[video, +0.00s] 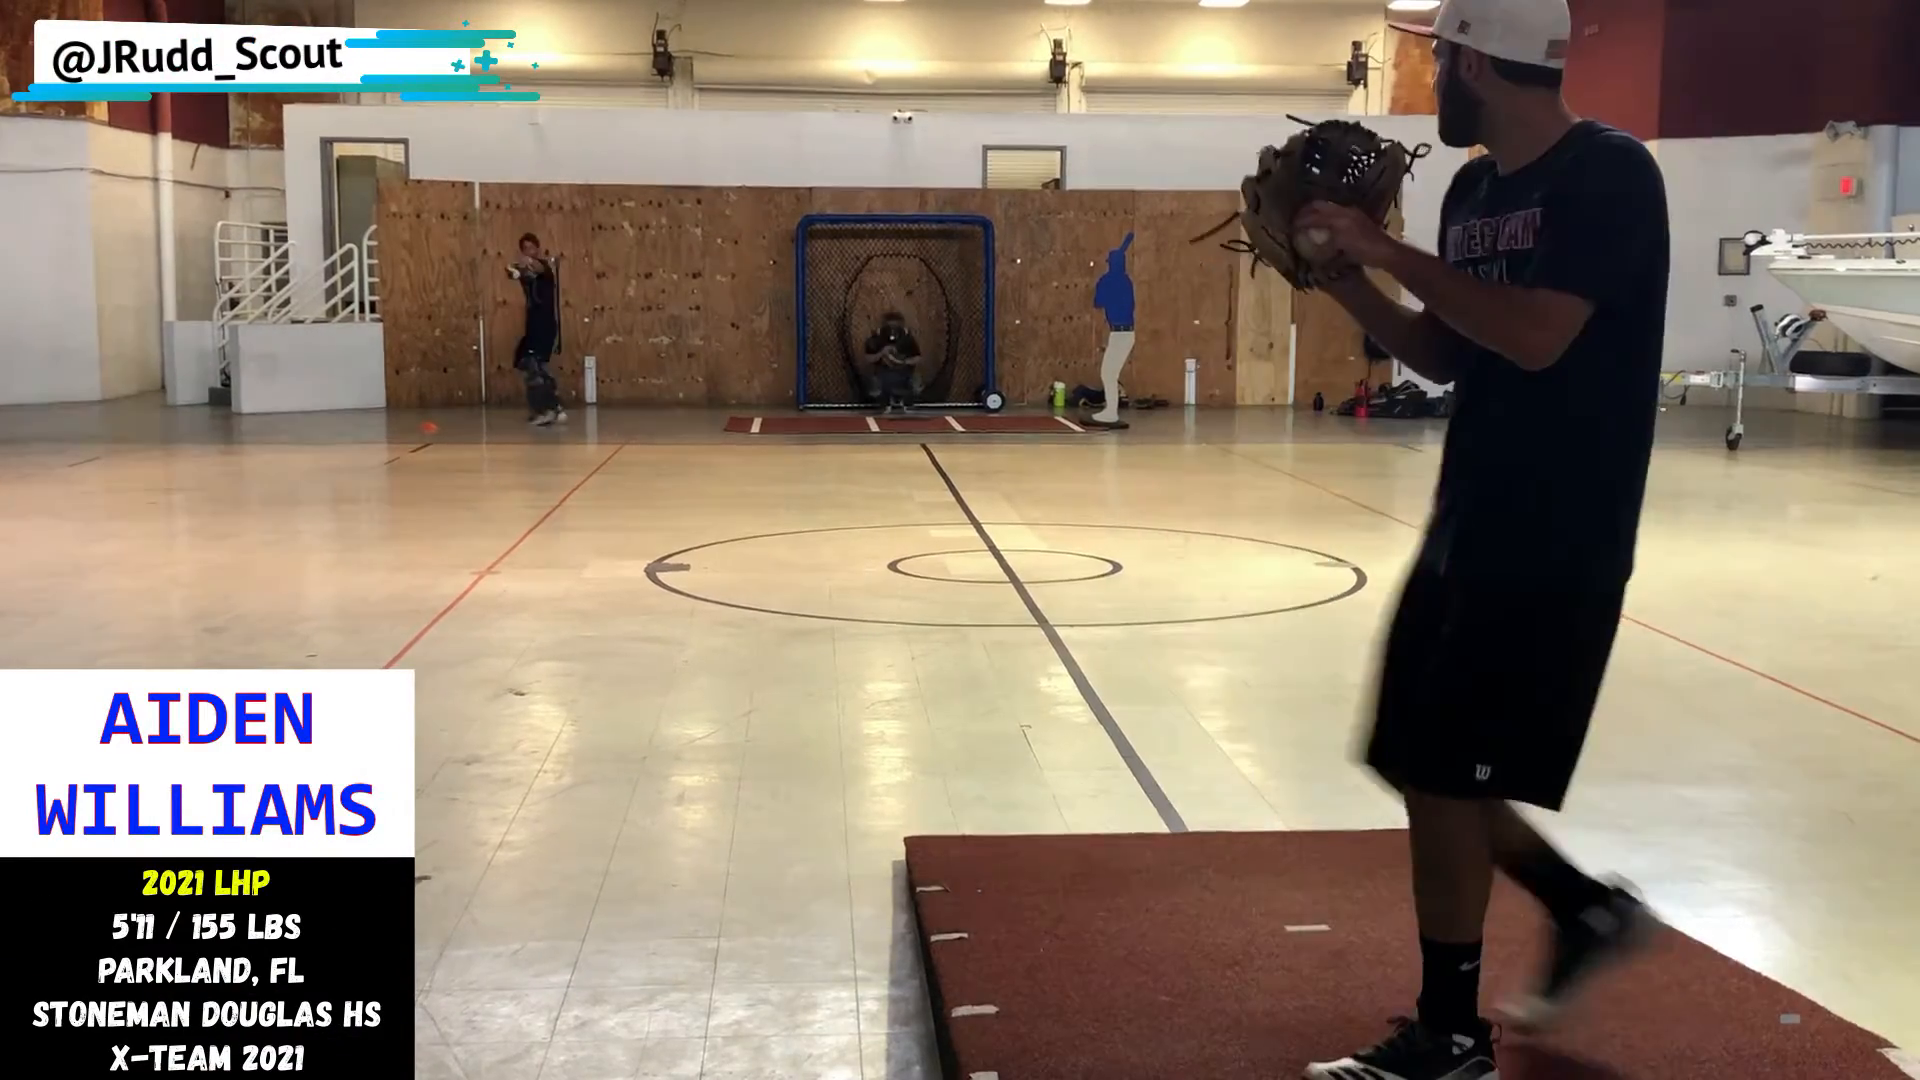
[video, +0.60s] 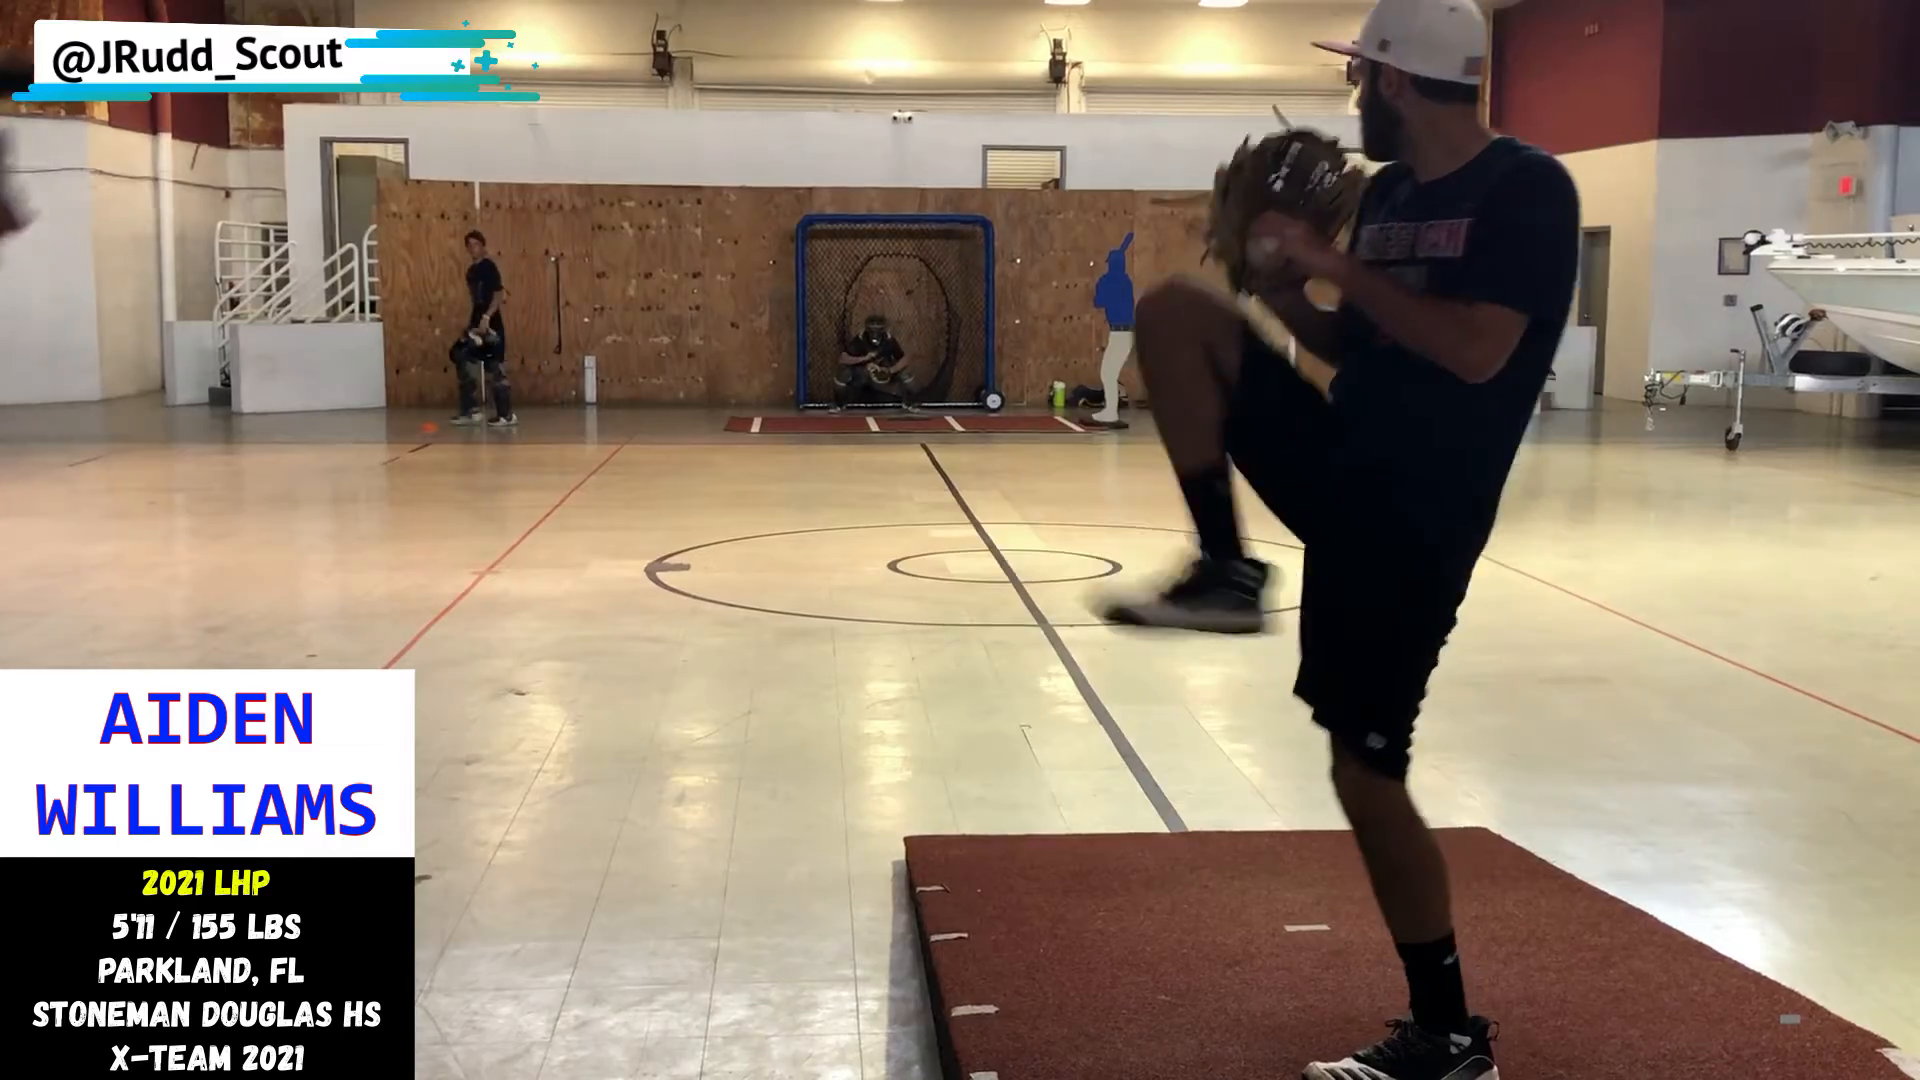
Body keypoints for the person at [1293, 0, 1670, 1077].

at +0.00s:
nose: (1435, 77)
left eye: (1444, 54)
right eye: (1438, 54)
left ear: (1480, 62)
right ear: (1512, 65)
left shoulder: (1612, 174)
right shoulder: (1479, 190)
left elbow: (1538, 331)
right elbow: (1444, 356)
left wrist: (1386, 249)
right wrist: (1337, 275)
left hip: (1556, 535)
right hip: (1473, 522)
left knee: (1444, 764)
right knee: (1412, 752)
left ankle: (1450, 1029)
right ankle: (1585, 905)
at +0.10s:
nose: (1433, 80)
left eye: (1440, 56)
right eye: (1435, 56)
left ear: (1475, 59)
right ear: (1517, 60)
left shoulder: (1614, 172)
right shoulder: (1466, 187)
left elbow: (1544, 329)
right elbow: (1439, 354)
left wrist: (1388, 249)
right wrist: (1337, 278)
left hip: (1536, 529)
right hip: (1440, 501)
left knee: (1426, 777)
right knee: (1292, 699)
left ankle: (1449, 1029)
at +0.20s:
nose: (1430, 79)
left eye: (1437, 54)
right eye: (1433, 57)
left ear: (1475, 58)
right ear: (1509, 62)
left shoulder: (1612, 172)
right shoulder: (1462, 186)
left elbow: (1543, 329)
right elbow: (1426, 348)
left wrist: (1384, 247)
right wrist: (1331, 280)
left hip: (1509, 525)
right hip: (1415, 486)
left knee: (1423, 778)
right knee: (1204, 592)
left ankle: (1449, 1028)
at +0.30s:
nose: (1422, 80)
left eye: (1430, 57)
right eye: (1424, 59)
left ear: (1470, 60)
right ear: (1500, 63)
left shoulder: (1601, 175)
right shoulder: (1454, 185)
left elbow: (1528, 331)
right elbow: (1418, 350)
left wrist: (1375, 247)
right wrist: (1319, 281)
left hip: (1481, 517)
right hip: (1395, 474)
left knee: (1415, 761)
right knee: (1170, 486)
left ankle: (1453, 1030)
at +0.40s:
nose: (1409, 81)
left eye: (1417, 59)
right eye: (1412, 61)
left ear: (1453, 64)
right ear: (1483, 68)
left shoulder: (1582, 177)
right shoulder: (1438, 190)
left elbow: (1511, 332)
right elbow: (1394, 348)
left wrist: (1364, 245)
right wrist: (1305, 271)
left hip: (1463, 511)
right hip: (1379, 466)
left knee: (1408, 767)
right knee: (1163, 388)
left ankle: (1452, 1032)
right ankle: (982, 584)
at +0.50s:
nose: (1386, 81)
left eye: (1397, 62)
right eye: (1389, 62)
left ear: (1433, 71)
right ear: (1451, 75)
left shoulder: (1555, 182)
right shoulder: (1418, 190)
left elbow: (1491, 332)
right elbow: (1370, 354)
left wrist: (1347, 248)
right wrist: (1287, 267)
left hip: (1437, 514)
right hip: (1354, 463)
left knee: (1392, 765)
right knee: (1181, 301)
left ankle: (1449, 1028)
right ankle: (1073, 536)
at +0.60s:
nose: (1360, 96)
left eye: (1368, 76)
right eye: (1360, 78)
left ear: (1408, 78)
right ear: (1418, 80)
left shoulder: (1530, 187)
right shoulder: (1388, 194)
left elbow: (1480, 347)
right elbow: (1356, 361)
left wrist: (1336, 265)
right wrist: (1275, 283)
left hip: (1417, 518)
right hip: (1336, 466)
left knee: (1364, 767)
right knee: (1176, 312)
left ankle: (1445, 1029)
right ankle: (1222, 565)